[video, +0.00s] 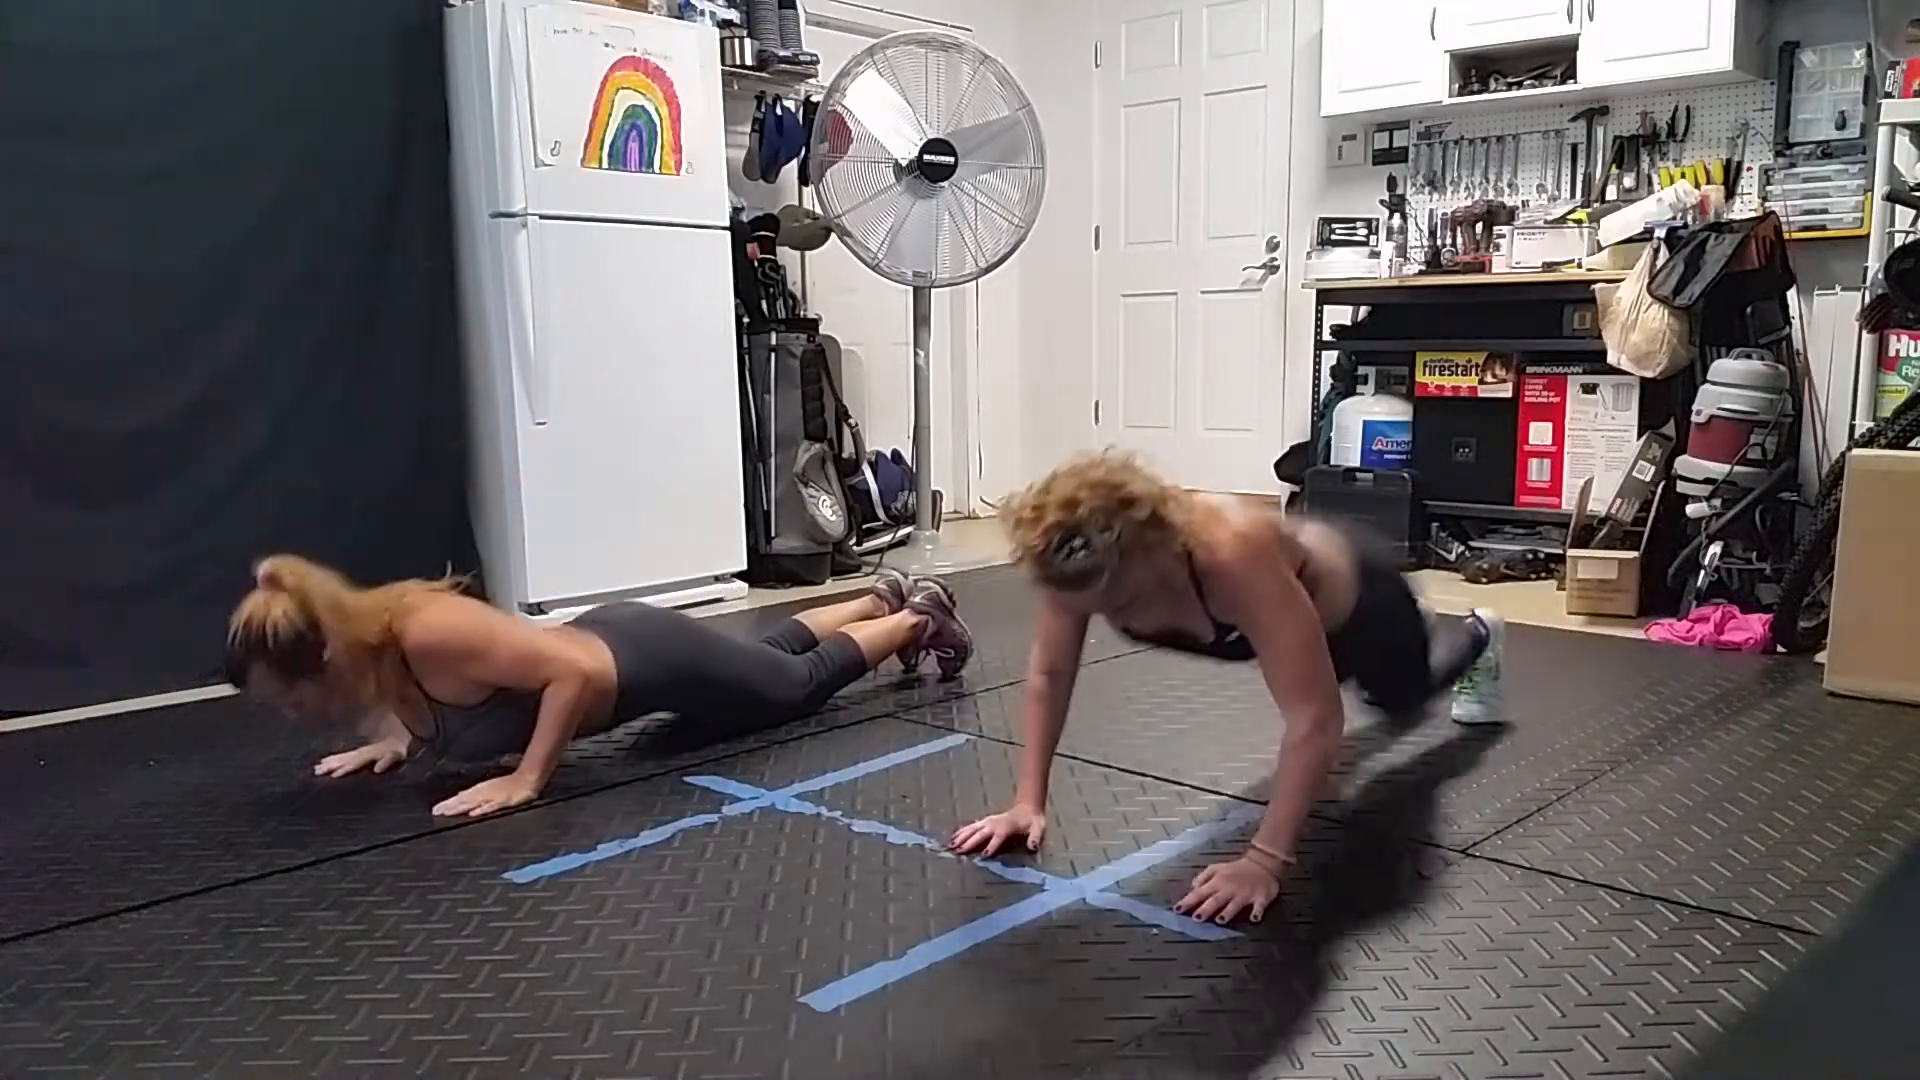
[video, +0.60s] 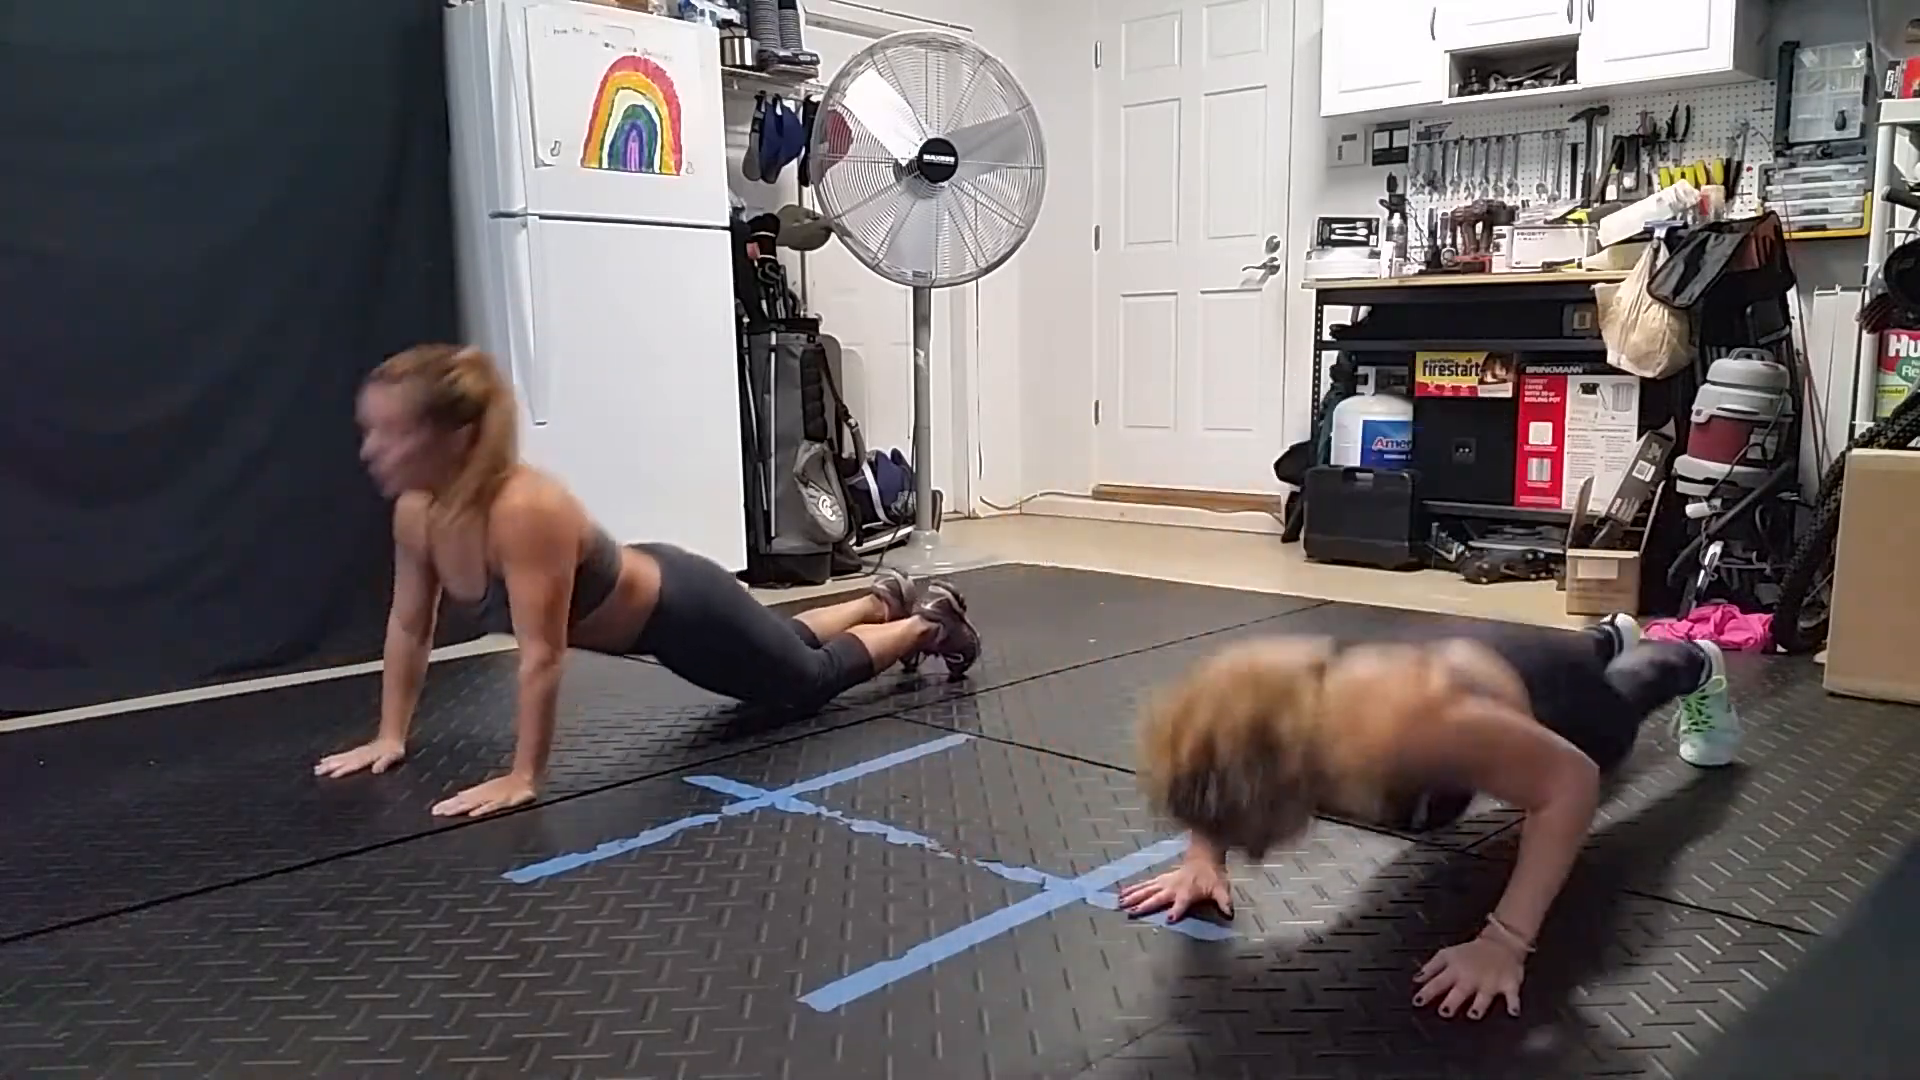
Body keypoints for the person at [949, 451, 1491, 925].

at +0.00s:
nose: (1096, 616)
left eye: (1106, 599)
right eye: (1083, 602)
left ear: (1139, 556)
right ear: (1065, 574)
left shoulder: (1234, 550)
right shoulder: (1077, 558)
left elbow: (1316, 722)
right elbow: (1049, 674)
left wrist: (1264, 858)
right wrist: (1026, 801)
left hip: (1353, 599)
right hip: (1272, 609)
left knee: (1407, 688)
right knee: (1351, 660)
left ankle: (1476, 634)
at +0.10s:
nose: (1114, 593)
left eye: (1123, 576)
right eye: (1100, 579)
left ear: (1158, 537)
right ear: (1083, 555)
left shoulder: (1252, 530)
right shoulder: (1099, 541)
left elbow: (1305, 717)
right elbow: (1072, 674)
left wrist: (1264, 858)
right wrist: (1028, 799)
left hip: (1401, 493)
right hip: (1327, 491)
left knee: (1455, 581)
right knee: (1392, 583)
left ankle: (1499, 634)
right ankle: (1426, 626)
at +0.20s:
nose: (1148, 575)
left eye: (1155, 554)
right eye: (1134, 560)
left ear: (1191, 511)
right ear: (1147, 506)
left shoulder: (1297, 490)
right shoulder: (1150, 499)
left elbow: (1332, 692)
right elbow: (1114, 645)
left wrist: (1277, 843)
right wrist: (1065, 786)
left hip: (1428, 411)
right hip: (1347, 409)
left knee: (1489, 535)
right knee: (1419, 543)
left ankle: (1551, 622)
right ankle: (1476, 603)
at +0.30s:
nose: (1187, 591)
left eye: (1198, 573)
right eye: (1175, 573)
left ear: (1246, 540)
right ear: (1169, 534)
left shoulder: (1343, 516)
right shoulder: (1192, 512)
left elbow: (1430, 700)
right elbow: (1160, 655)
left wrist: (1423, 872)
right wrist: (1152, 805)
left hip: (1454, 412)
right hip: (1359, 402)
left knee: (1540, 546)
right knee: (1465, 552)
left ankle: (1621, 634)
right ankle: (1538, 604)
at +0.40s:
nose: (1224, 680)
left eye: (1237, 664)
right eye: (1208, 670)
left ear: (1282, 614)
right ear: (1194, 614)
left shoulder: (1380, 577)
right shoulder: (1228, 584)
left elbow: (1504, 746)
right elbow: (1210, 711)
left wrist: (1500, 937)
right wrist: (1199, 857)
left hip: (1483, 490)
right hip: (1398, 476)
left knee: (1589, 607)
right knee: (1522, 604)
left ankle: (1686, 674)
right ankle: (1577, 652)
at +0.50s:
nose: (1241, 757)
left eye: (1252, 740)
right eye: (1223, 744)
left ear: (1291, 701)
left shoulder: (1411, 646)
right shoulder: (1250, 650)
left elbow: (1544, 774)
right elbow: (1212, 739)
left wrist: (1502, 939)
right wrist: (1201, 858)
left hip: (1525, 609)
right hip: (1434, 592)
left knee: (1615, 659)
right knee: (1536, 674)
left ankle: (1694, 665)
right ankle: (1593, 699)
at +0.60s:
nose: (1245, 851)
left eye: (1251, 836)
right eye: (1227, 843)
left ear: (1281, 788)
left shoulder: (1406, 728)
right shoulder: (1248, 695)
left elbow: (1570, 781)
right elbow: (1211, 745)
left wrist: (1506, 937)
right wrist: (1201, 851)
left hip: (1546, 684)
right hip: (1456, 650)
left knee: (1629, 682)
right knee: (1560, 654)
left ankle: (1696, 660)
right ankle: (1615, 630)